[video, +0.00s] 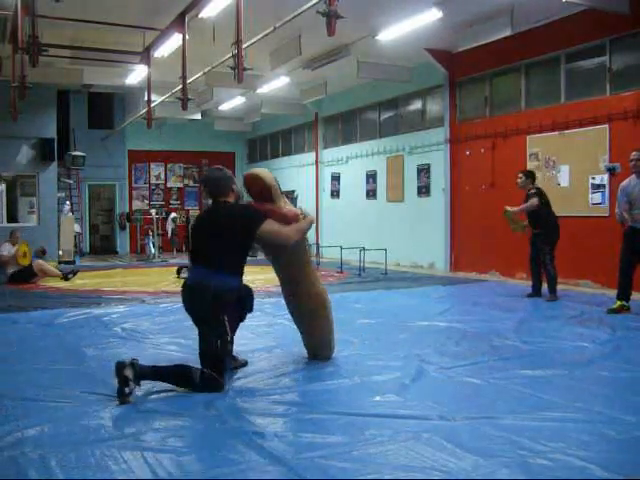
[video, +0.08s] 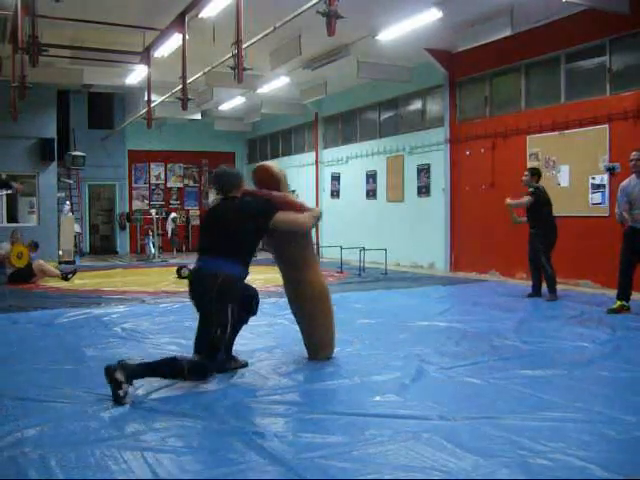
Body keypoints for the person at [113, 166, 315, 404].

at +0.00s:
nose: (237, 189)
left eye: (234, 186)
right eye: (235, 186)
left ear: (207, 193)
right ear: (232, 191)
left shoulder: (199, 222)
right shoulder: (244, 215)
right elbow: (289, 236)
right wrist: (308, 221)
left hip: (194, 294)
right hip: (221, 298)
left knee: (244, 296)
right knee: (213, 380)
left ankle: (224, 357)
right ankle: (137, 371)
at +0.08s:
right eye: (243, 184)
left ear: (217, 190)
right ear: (242, 186)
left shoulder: (211, 213)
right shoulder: (255, 208)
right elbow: (303, 222)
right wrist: (315, 212)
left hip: (200, 282)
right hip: (224, 288)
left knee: (249, 297)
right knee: (206, 365)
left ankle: (222, 356)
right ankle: (127, 372)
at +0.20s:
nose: (260, 177)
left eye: (255, 175)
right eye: (258, 174)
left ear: (234, 180)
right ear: (256, 176)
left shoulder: (223, 201)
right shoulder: (268, 195)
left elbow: (216, 237)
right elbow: (317, 214)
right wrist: (326, 209)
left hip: (209, 265)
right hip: (233, 269)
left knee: (254, 299)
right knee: (214, 342)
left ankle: (223, 358)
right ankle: (140, 368)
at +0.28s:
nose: (273, 167)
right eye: (272, 163)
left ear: (250, 166)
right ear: (272, 164)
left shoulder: (238, 186)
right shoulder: (282, 186)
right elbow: (332, 209)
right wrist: (337, 207)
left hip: (216, 251)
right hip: (240, 254)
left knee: (251, 303)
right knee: (255, 327)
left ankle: (225, 356)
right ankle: (195, 344)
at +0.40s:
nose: (291, 163)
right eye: (291, 159)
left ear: (268, 162)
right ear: (290, 160)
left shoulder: (256, 180)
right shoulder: (297, 181)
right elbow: (341, 206)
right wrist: (350, 217)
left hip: (226, 243)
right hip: (254, 246)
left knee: (258, 302)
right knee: (304, 291)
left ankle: (224, 354)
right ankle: (262, 344)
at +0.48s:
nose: (309, 162)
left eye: (307, 159)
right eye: (308, 159)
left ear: (285, 162)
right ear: (306, 161)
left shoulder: (274, 179)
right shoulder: (314, 181)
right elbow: (354, 209)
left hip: (243, 239)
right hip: (273, 241)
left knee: (260, 303)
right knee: (323, 278)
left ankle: (224, 352)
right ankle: (347, 341)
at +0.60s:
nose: (329, 164)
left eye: (327, 162)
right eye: (328, 162)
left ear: (305, 164)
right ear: (324, 163)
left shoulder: (293, 182)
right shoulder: (331, 182)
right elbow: (369, 211)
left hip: (267, 246)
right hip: (294, 246)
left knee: (269, 308)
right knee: (339, 287)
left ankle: (228, 350)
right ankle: (372, 334)